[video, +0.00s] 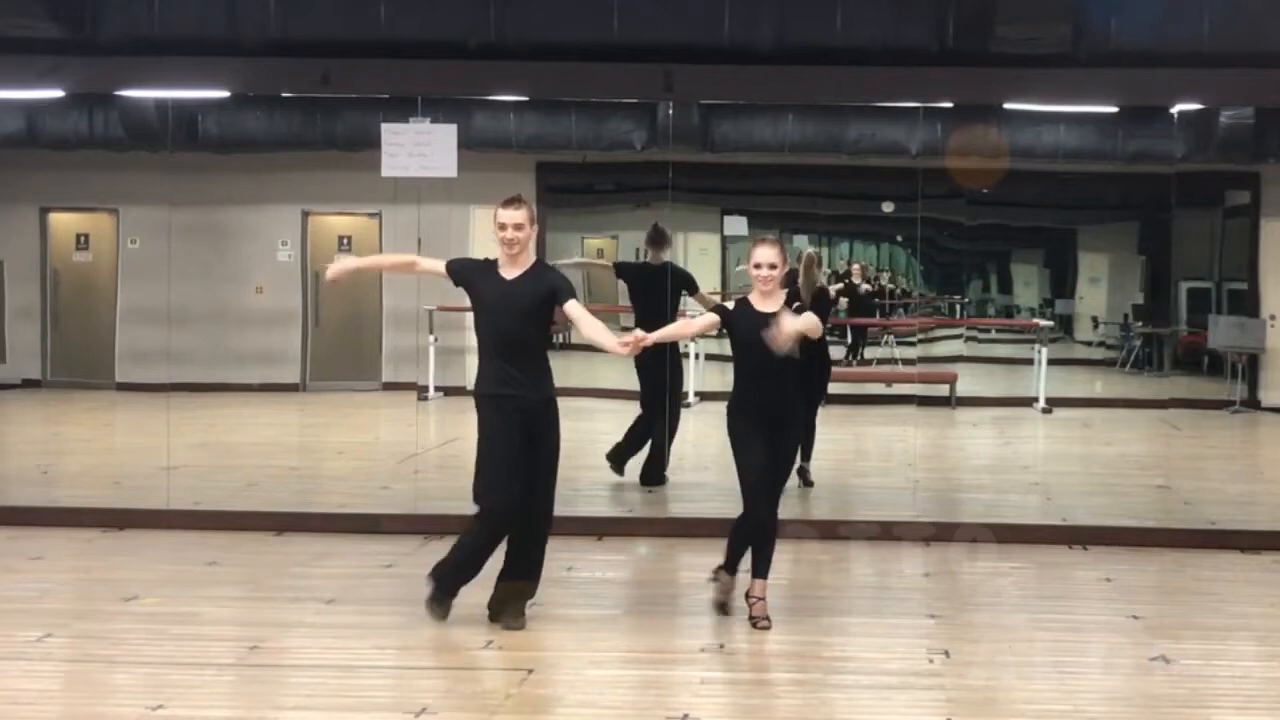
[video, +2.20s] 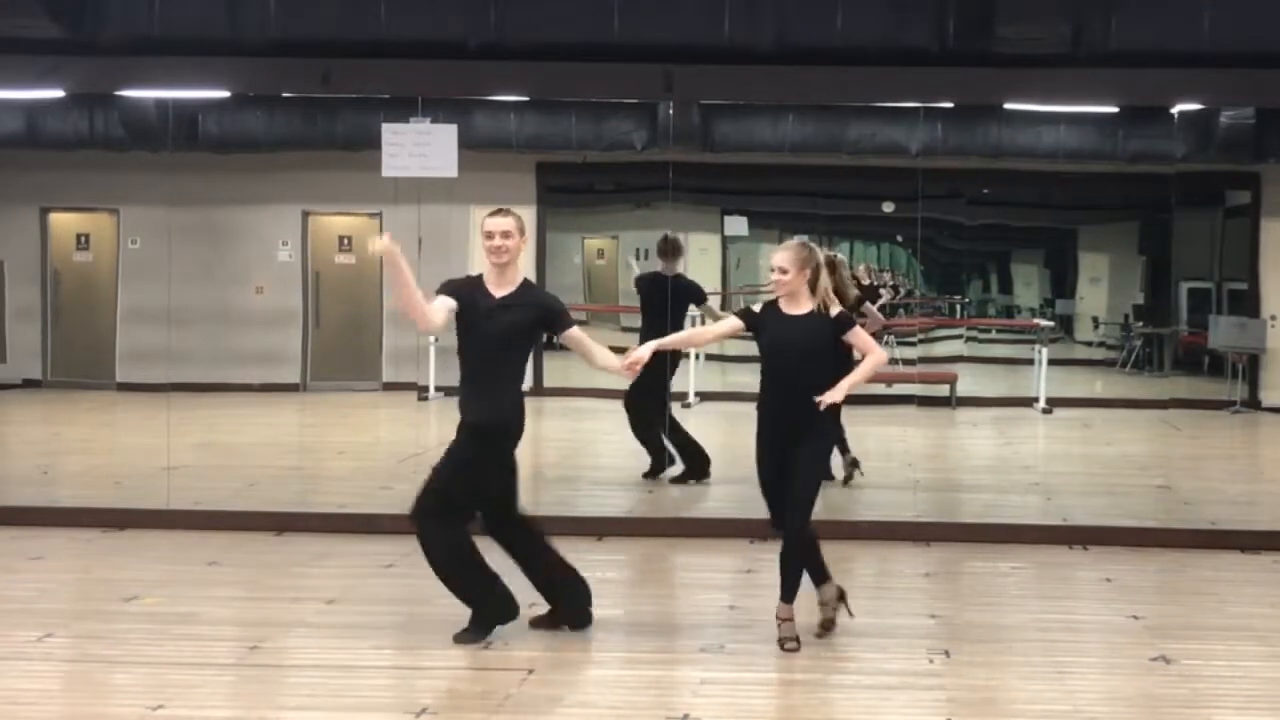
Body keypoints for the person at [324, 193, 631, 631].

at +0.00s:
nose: (510, 235)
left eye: (518, 227)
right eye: (503, 228)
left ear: (533, 230)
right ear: (494, 230)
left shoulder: (549, 279)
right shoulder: (475, 272)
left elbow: (582, 318)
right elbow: (413, 263)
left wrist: (615, 344)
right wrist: (354, 263)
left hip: (540, 404)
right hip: (496, 402)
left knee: (534, 509)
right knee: (500, 507)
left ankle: (510, 603)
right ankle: (445, 582)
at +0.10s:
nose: (510, 236)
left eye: (519, 229)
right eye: (504, 229)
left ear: (534, 232)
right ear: (495, 232)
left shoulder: (550, 282)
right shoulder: (477, 277)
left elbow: (585, 325)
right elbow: (411, 271)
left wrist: (614, 347)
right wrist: (363, 258)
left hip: (541, 408)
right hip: (495, 408)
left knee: (536, 500)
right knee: (489, 497)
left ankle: (517, 597)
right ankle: (500, 578)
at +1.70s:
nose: (505, 241)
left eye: (513, 232)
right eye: (496, 233)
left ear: (529, 237)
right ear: (487, 237)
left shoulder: (549, 292)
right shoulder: (468, 278)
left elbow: (601, 335)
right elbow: (396, 254)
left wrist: (650, 354)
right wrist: (327, 223)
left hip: (489, 413)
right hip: (445, 403)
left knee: (476, 518)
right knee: (443, 514)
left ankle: (457, 621)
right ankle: (443, 629)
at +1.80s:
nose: (502, 248)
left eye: (510, 240)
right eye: (494, 242)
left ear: (527, 244)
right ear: (486, 247)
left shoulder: (550, 301)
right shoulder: (470, 285)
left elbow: (605, 342)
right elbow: (397, 252)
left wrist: (657, 356)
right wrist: (339, 216)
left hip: (487, 426)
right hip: (439, 411)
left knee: (478, 528)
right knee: (403, 508)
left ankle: (449, 622)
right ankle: (370, 623)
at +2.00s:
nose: (495, 252)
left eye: (504, 244)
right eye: (487, 245)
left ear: (521, 248)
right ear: (479, 250)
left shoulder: (543, 304)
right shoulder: (465, 289)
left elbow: (602, 340)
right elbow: (407, 258)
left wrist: (657, 354)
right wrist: (384, 223)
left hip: (498, 437)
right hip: (446, 427)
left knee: (488, 532)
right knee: (406, 514)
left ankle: (450, 620)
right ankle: (352, 586)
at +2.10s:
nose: (497, 246)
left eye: (506, 239)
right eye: (490, 239)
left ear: (521, 245)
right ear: (480, 245)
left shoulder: (539, 303)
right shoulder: (462, 292)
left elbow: (594, 342)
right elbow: (386, 287)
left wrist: (638, 358)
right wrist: (387, 227)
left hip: (500, 426)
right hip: (456, 421)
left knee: (471, 519)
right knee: (438, 520)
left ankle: (461, 619)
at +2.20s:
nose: (497, 243)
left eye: (506, 235)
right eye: (490, 236)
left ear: (522, 242)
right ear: (481, 242)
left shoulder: (538, 302)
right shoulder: (462, 291)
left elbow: (588, 348)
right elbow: (426, 319)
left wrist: (620, 363)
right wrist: (395, 262)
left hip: (499, 421)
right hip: (476, 419)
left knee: (432, 516)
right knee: (502, 520)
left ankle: (490, 603)